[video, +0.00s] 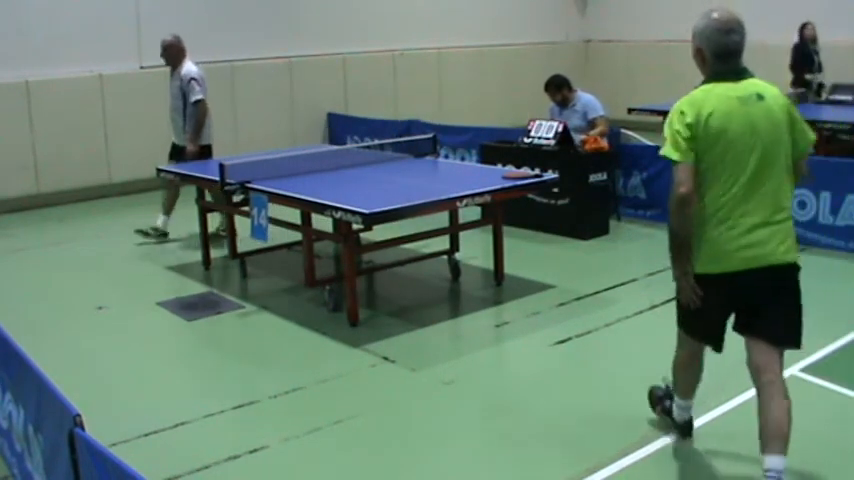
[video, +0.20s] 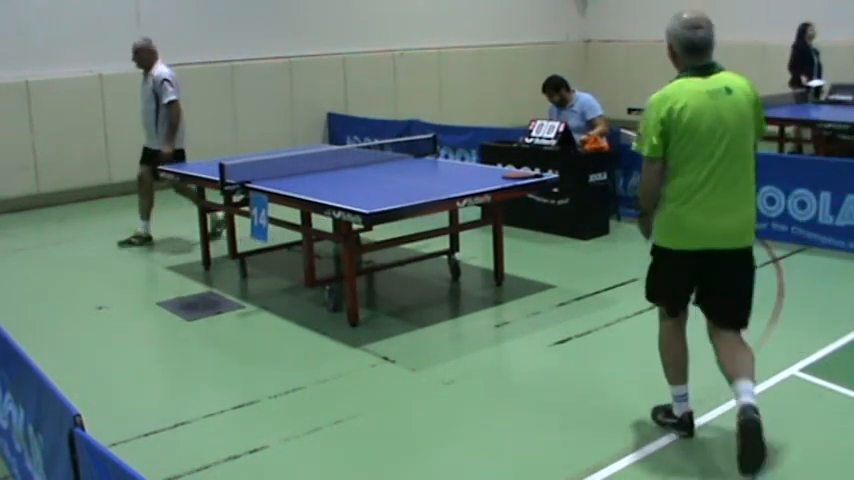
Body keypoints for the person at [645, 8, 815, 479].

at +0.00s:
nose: (692, 54)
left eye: (693, 49)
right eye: (693, 48)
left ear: (700, 53)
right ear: (742, 49)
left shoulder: (689, 109)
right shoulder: (776, 100)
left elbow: (684, 193)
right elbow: (801, 171)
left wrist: (681, 270)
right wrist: (759, 180)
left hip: (713, 261)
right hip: (775, 257)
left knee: (691, 340)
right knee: (769, 372)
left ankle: (680, 412)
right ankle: (775, 474)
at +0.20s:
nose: (668, 53)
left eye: (668, 47)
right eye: (672, 46)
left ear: (672, 51)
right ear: (712, 47)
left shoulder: (665, 102)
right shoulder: (744, 90)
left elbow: (652, 179)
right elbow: (751, 154)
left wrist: (646, 216)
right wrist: (737, 206)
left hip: (679, 237)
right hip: (734, 236)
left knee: (671, 317)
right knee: (727, 325)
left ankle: (681, 410)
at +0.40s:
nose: (656, 43)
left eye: (656, 38)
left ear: (659, 40)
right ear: (697, 37)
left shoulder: (647, 83)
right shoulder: (723, 77)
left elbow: (629, 154)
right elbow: (735, 128)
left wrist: (655, 125)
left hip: (664, 216)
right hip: (715, 211)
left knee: (667, 303)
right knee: (695, 286)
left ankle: (681, 409)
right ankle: (696, 380)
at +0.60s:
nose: (643, 55)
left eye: (643, 50)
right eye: (648, 49)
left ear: (646, 52)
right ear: (680, 50)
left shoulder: (637, 88)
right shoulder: (704, 88)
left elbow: (618, 143)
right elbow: (721, 145)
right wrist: (693, 157)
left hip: (653, 211)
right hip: (697, 208)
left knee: (659, 300)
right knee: (679, 278)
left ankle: (681, 402)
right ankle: (669, 347)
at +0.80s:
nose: (627, 50)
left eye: (628, 44)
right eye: (631, 43)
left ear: (632, 46)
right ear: (665, 43)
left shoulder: (626, 82)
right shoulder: (691, 82)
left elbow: (611, 142)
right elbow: (709, 140)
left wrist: (606, 129)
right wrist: (677, 149)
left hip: (639, 199)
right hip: (682, 197)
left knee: (624, 269)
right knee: (663, 264)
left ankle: (656, 330)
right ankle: (668, 341)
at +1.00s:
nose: (608, 48)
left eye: (609, 44)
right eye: (610, 43)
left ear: (614, 44)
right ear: (643, 40)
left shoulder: (607, 77)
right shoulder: (671, 75)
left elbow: (594, 133)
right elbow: (692, 129)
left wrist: (607, 131)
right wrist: (667, 144)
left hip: (622, 187)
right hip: (665, 187)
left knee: (604, 248)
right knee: (662, 260)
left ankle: (610, 318)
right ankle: (670, 344)